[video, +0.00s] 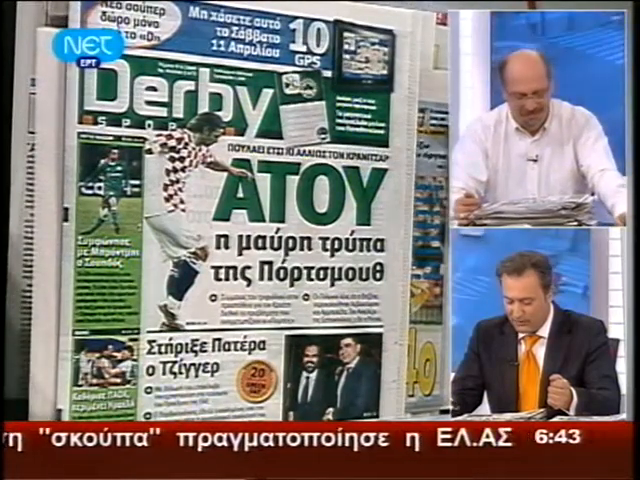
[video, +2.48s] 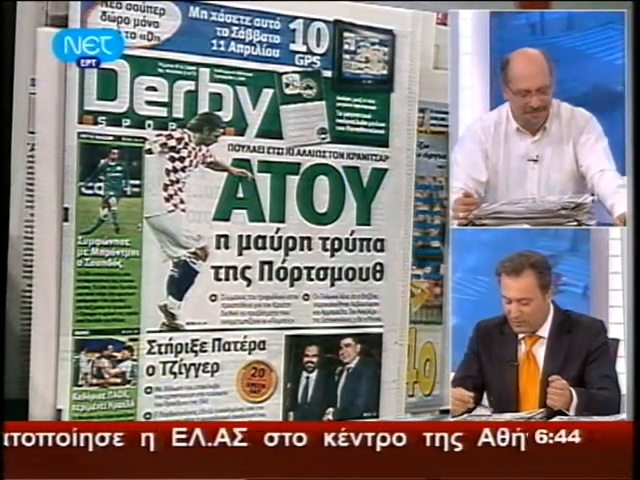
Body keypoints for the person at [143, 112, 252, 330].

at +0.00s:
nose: (215, 141)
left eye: (217, 137)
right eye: (215, 136)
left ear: (207, 132)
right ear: (205, 130)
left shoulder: (199, 149)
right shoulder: (178, 137)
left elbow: (212, 162)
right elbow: (149, 146)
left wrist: (231, 170)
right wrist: (154, 148)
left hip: (166, 209)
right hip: (161, 207)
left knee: (181, 260)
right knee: (200, 251)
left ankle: (171, 317)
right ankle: (172, 304)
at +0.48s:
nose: (215, 141)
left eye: (217, 137)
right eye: (215, 136)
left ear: (206, 132)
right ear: (205, 130)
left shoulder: (199, 149)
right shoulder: (178, 137)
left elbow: (212, 162)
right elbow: (149, 146)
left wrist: (231, 170)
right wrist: (154, 148)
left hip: (166, 209)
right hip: (161, 207)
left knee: (181, 260)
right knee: (200, 251)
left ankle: (171, 317)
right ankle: (172, 304)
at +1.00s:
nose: (215, 141)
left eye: (217, 137)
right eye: (215, 136)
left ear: (206, 132)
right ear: (205, 130)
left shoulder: (199, 149)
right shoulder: (178, 137)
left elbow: (212, 162)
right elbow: (149, 146)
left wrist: (231, 170)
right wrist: (154, 148)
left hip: (166, 209)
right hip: (161, 207)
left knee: (181, 260)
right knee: (200, 251)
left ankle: (171, 316)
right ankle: (172, 304)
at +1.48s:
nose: (215, 141)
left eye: (217, 137)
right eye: (215, 136)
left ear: (206, 132)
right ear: (205, 130)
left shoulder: (199, 149)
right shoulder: (179, 137)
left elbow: (212, 162)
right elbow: (150, 145)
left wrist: (231, 170)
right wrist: (153, 148)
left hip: (167, 209)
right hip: (161, 207)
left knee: (181, 260)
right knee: (200, 251)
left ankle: (171, 317)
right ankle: (172, 304)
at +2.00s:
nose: (215, 141)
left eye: (217, 137)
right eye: (215, 136)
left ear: (206, 132)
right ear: (205, 130)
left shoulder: (199, 149)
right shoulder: (179, 137)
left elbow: (212, 162)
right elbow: (150, 146)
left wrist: (231, 170)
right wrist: (153, 148)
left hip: (166, 209)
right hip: (161, 208)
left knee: (181, 260)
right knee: (200, 251)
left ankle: (171, 317)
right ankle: (172, 304)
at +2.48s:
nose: (215, 141)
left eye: (217, 137)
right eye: (215, 136)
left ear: (206, 132)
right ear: (205, 130)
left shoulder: (199, 149)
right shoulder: (179, 137)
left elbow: (212, 162)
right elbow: (150, 145)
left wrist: (231, 170)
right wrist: (153, 148)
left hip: (167, 209)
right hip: (161, 207)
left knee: (181, 260)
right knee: (200, 251)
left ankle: (171, 317)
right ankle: (172, 304)